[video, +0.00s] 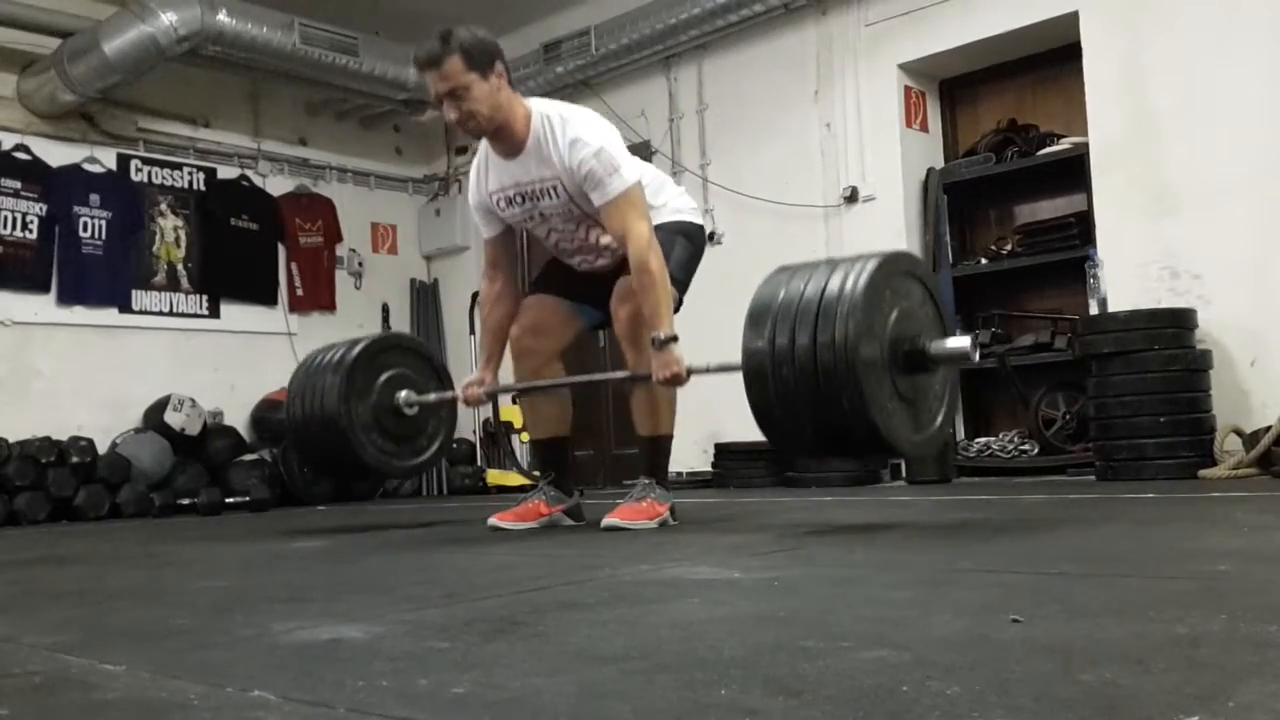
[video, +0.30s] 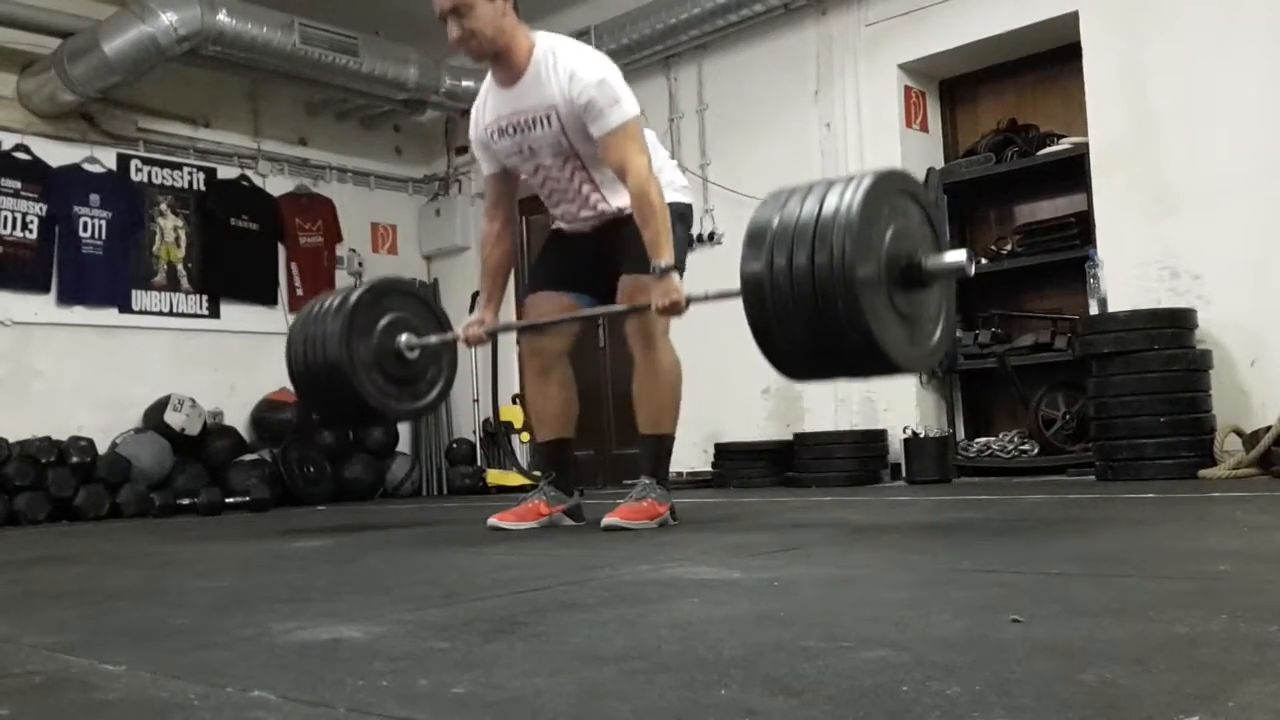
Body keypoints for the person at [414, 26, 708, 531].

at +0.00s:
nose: (451, 113)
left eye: (458, 94)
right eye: (441, 103)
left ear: (499, 77)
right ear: (437, 108)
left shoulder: (580, 137)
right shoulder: (483, 179)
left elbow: (639, 239)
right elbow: (499, 276)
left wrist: (664, 342)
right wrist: (486, 369)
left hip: (663, 226)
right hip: (589, 254)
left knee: (630, 312)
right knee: (530, 335)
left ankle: (653, 489)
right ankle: (557, 492)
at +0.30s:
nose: (454, 33)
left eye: (461, 12)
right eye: (444, 22)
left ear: (504, 6)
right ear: (444, 29)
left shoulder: (581, 71)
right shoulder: (485, 115)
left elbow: (638, 172)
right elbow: (499, 217)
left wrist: (664, 268)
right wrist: (487, 309)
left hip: (647, 206)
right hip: (577, 224)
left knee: (641, 317)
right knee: (539, 333)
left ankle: (654, 488)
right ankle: (557, 491)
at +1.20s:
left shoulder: (650, 16)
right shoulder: (557, 50)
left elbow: (662, 102)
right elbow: (530, 144)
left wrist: (664, 177)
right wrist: (490, 225)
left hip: (612, 184)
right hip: (541, 199)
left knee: (627, 322)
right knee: (542, 336)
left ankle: (653, 486)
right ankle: (557, 491)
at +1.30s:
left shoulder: (650, 16)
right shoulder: (557, 50)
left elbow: (662, 102)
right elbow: (530, 144)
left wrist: (664, 177)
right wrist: (489, 227)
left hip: (611, 184)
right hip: (541, 198)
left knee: (628, 322)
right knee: (542, 335)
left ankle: (652, 487)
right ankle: (558, 491)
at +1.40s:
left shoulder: (649, 15)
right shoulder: (555, 50)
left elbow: (661, 100)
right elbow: (527, 146)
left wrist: (664, 177)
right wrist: (488, 228)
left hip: (611, 184)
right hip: (541, 197)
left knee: (627, 323)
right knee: (541, 336)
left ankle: (652, 488)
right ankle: (557, 492)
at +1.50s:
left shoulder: (648, 12)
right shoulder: (552, 50)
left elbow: (661, 98)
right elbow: (526, 144)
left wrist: (665, 176)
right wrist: (489, 228)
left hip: (612, 183)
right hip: (542, 197)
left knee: (627, 322)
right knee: (541, 336)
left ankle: (652, 488)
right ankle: (557, 493)